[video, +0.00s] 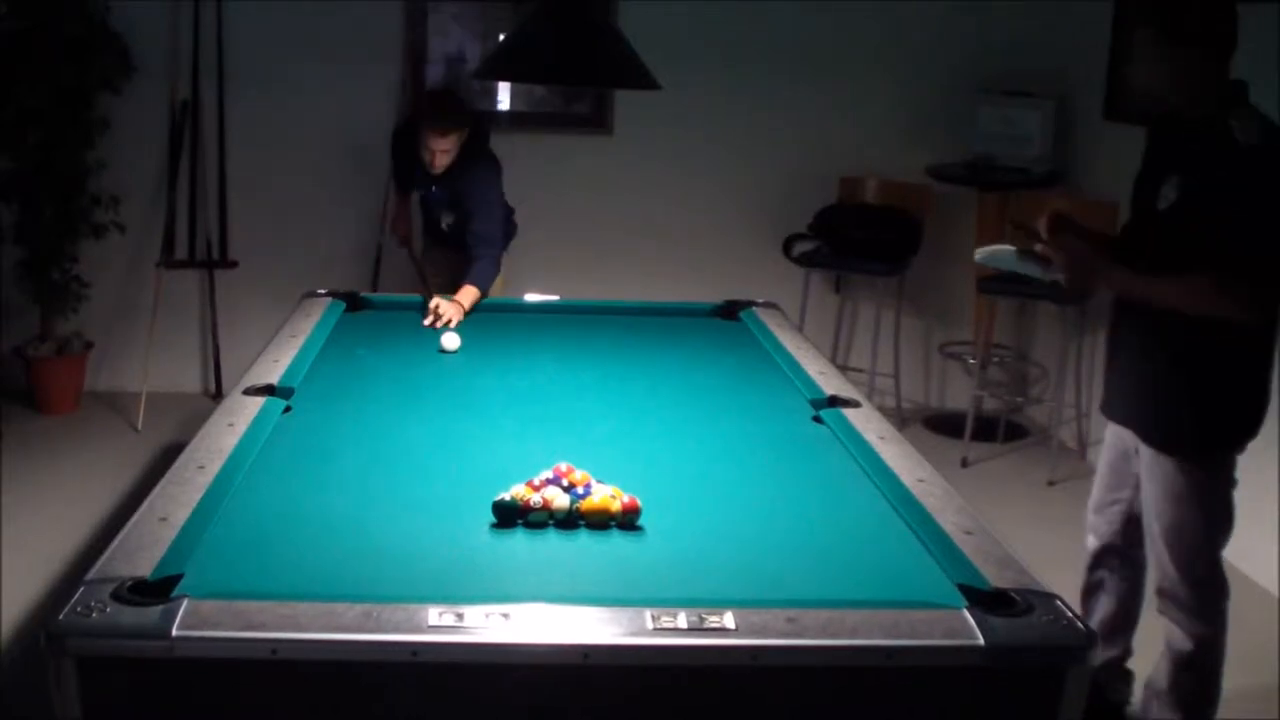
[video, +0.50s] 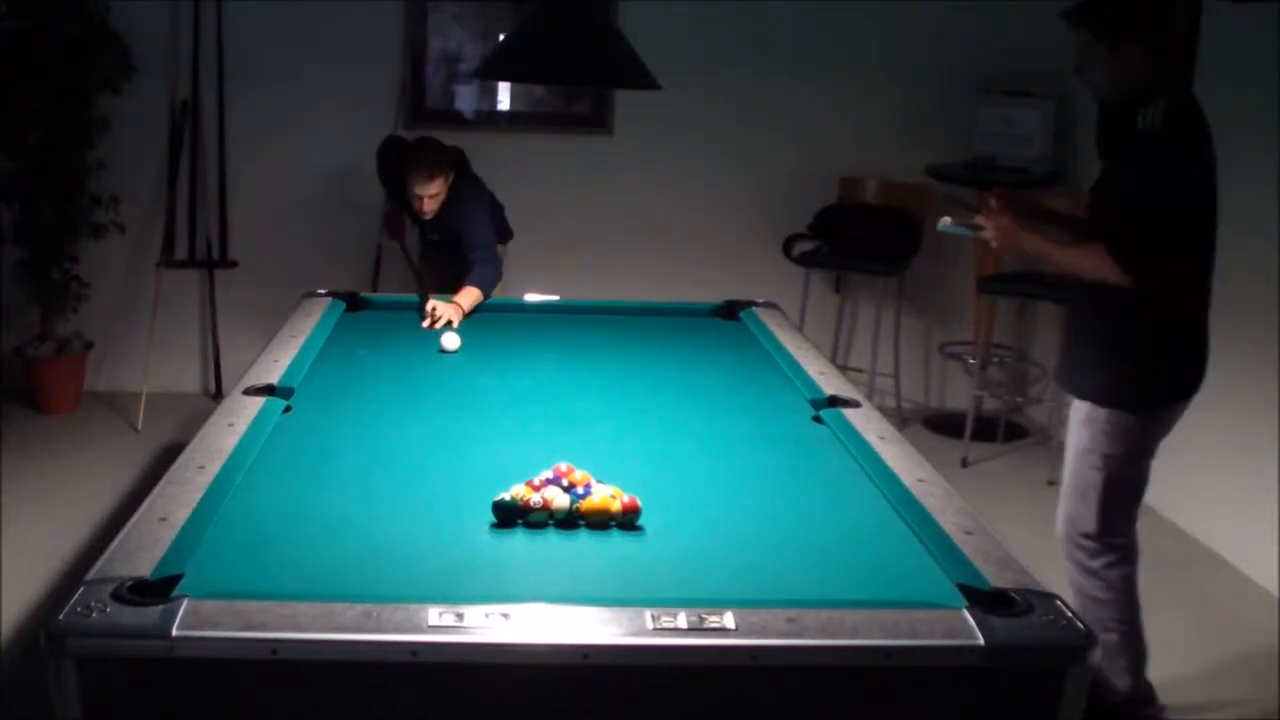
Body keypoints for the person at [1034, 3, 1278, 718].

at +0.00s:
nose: (1133, 70)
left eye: (1146, 51)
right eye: (1134, 51)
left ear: (1192, 56)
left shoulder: (1252, 152)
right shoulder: (1172, 139)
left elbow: (1239, 295)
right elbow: (1158, 256)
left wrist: (1109, 274)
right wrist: (1089, 248)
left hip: (1196, 408)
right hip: (1135, 389)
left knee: (1185, 588)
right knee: (1109, 548)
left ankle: (1177, 708)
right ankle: (1098, 675)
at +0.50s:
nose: (1081, 69)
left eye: (1091, 52)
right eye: (1082, 52)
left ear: (1128, 52)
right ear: (1144, 49)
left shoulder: (1156, 128)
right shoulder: (1153, 120)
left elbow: (1134, 264)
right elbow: (1119, 224)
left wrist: (1028, 245)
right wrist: (1034, 210)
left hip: (1126, 373)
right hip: (1131, 368)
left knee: (1092, 539)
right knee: (1095, 533)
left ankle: (1122, 695)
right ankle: (1111, 684)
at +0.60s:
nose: (1072, 67)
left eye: (1080, 52)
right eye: (1072, 52)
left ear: (1110, 54)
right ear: (1139, 49)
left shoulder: (1139, 125)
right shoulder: (1157, 119)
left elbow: (1119, 261)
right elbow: (1106, 219)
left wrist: (1016, 238)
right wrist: (1023, 206)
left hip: (1112, 373)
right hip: (1143, 369)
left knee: (1062, 528)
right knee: (1111, 524)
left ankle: (1082, 682)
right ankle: (1104, 672)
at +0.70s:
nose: (1061, 69)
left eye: (1069, 53)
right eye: (1061, 54)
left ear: (1101, 54)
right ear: (1130, 51)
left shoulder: (1130, 129)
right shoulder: (1150, 123)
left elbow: (1108, 259)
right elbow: (1095, 214)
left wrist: (1010, 235)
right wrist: (1016, 205)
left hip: (1102, 375)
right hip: (1141, 372)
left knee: (1041, 520)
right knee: (1111, 525)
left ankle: (1054, 675)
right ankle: (1101, 672)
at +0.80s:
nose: (1048, 70)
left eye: (1056, 55)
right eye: (1048, 56)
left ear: (1086, 56)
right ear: (1118, 52)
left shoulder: (1111, 126)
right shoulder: (1141, 122)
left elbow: (1096, 259)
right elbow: (1091, 218)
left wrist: (1000, 239)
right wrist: (1007, 206)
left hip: (1091, 374)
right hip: (1138, 370)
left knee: (1027, 520)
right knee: (1111, 525)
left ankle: (1014, 671)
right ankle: (1104, 668)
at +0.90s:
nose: (1034, 75)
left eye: (1042, 59)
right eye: (1032, 60)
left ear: (1075, 60)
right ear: (1100, 58)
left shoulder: (1096, 133)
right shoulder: (1128, 127)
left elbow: (1081, 263)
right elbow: (1077, 224)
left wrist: (990, 242)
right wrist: (991, 215)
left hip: (1078, 373)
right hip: (1127, 370)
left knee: (1019, 527)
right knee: (1102, 526)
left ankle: (1004, 673)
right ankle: (1103, 665)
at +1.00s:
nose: (1019, 75)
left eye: (1028, 60)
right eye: (1018, 61)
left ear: (1063, 59)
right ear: (1081, 55)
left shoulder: (1085, 134)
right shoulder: (1106, 126)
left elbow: (1069, 265)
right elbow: (1060, 231)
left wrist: (974, 242)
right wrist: (978, 217)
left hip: (1065, 372)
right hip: (1102, 367)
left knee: (1015, 528)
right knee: (1080, 521)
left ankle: (1005, 674)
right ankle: (1093, 661)